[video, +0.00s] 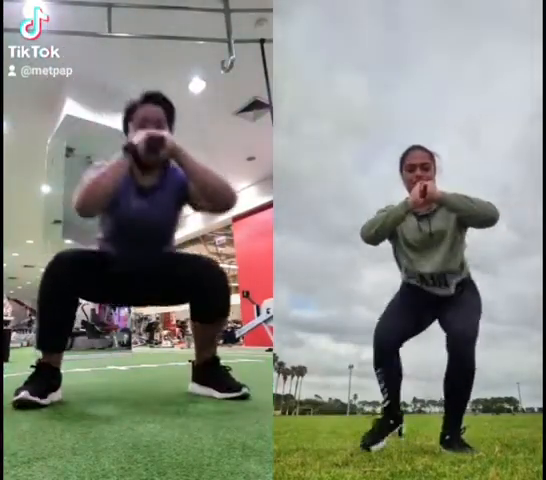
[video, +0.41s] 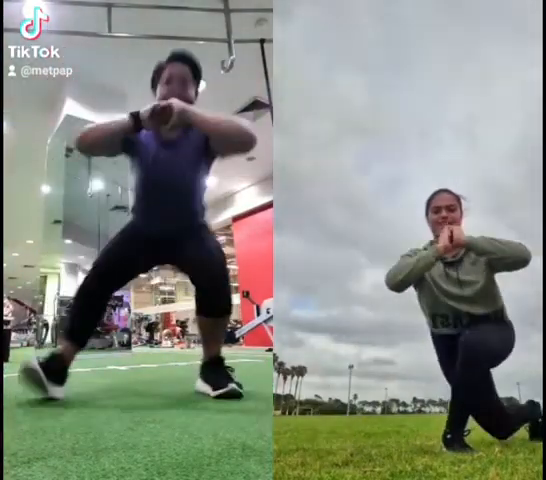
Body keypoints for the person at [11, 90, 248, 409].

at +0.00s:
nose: (152, 135)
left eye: (160, 126)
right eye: (142, 125)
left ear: (171, 135)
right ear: (128, 135)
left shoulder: (178, 179)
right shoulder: (112, 172)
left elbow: (225, 201)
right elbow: (85, 207)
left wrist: (178, 152)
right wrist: (127, 158)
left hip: (160, 271)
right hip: (111, 270)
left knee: (209, 275)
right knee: (63, 268)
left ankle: (206, 369)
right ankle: (47, 373)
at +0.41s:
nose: (172, 91)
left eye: (181, 84)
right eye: (166, 83)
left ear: (196, 92)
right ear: (154, 90)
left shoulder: (203, 136)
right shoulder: (138, 134)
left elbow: (246, 139)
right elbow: (84, 142)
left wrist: (192, 116)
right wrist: (135, 122)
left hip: (190, 235)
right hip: (142, 233)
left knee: (215, 282)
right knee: (95, 285)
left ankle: (213, 367)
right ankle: (58, 367)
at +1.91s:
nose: (90, 36)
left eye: (100, 29)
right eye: (83, 27)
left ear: (114, 38)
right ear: (69, 33)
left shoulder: (123, 86)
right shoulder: (54, 86)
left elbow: (161, 116)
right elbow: (11, 116)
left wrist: (110, 74)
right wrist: (47, 76)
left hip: (118, 200)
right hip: (67, 202)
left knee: (154, 281)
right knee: (50, 283)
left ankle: (192, 361)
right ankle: (50, 372)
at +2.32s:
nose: (54, 75)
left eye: (65, 68)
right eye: (48, 66)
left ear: (81, 79)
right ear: (37, 72)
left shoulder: (89, 121)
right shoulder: (27, 120)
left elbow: (120, 149)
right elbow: (4, 155)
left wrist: (69, 111)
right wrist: (15, 114)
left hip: (85, 230)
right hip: (38, 224)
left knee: (71, 329)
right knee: (36, 270)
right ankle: (51, 370)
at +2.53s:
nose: (53, 100)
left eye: (63, 94)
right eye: (45, 91)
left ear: (75, 105)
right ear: (31, 98)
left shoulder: (86, 146)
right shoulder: (17, 143)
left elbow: (116, 184)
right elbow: (3, 181)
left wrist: (66, 141)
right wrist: (16, 138)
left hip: (82, 250)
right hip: (36, 246)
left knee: (73, 353)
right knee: (29, 259)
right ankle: (48, 369)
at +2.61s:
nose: (47, 99)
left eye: (56, 92)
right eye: (39, 91)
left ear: (69, 102)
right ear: (24, 99)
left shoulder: (83, 144)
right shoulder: (14, 144)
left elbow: (117, 180)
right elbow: (3, 181)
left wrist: (65, 141)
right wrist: (13, 141)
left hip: (84, 250)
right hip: (38, 246)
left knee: (72, 352)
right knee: (29, 256)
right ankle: (47, 369)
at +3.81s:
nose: (147, 68)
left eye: (157, 61)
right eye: (138, 60)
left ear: (169, 71)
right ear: (122, 68)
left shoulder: (178, 120)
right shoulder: (109, 120)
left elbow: (226, 154)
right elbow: (72, 162)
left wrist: (170, 110)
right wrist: (111, 112)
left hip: (170, 229)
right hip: (117, 228)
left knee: (213, 271)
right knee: (73, 276)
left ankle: (212, 371)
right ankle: (50, 373)